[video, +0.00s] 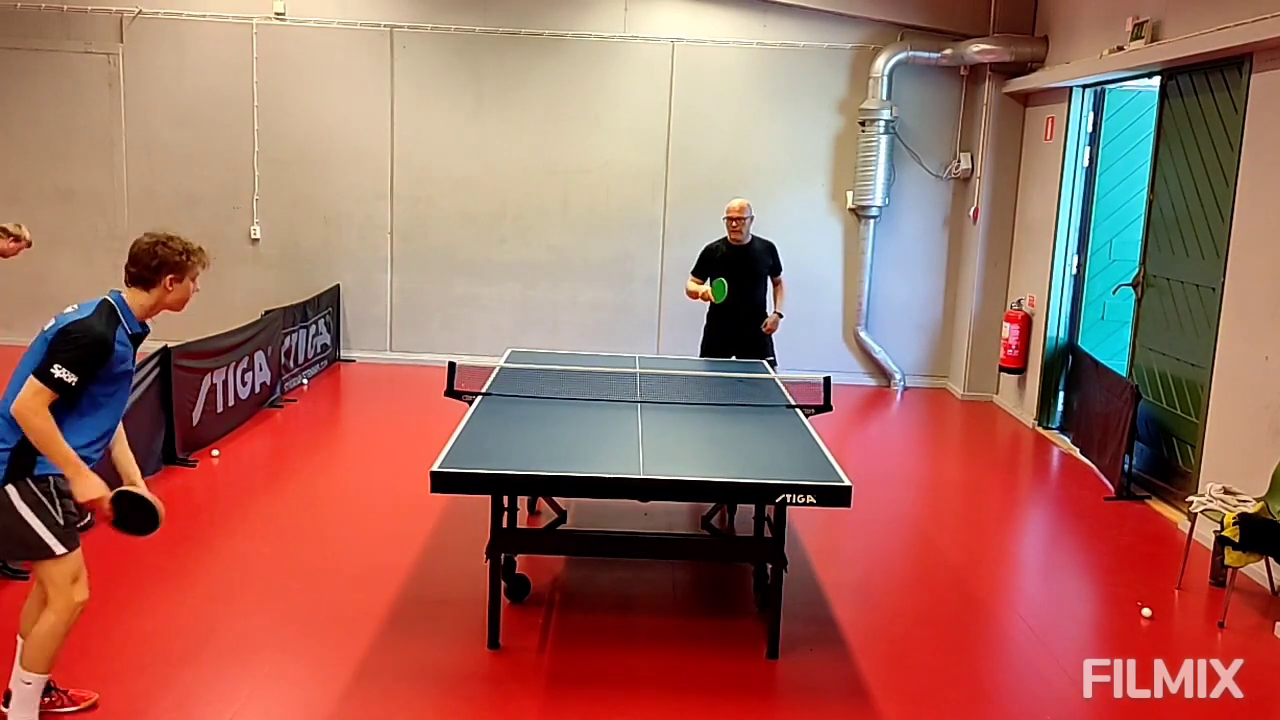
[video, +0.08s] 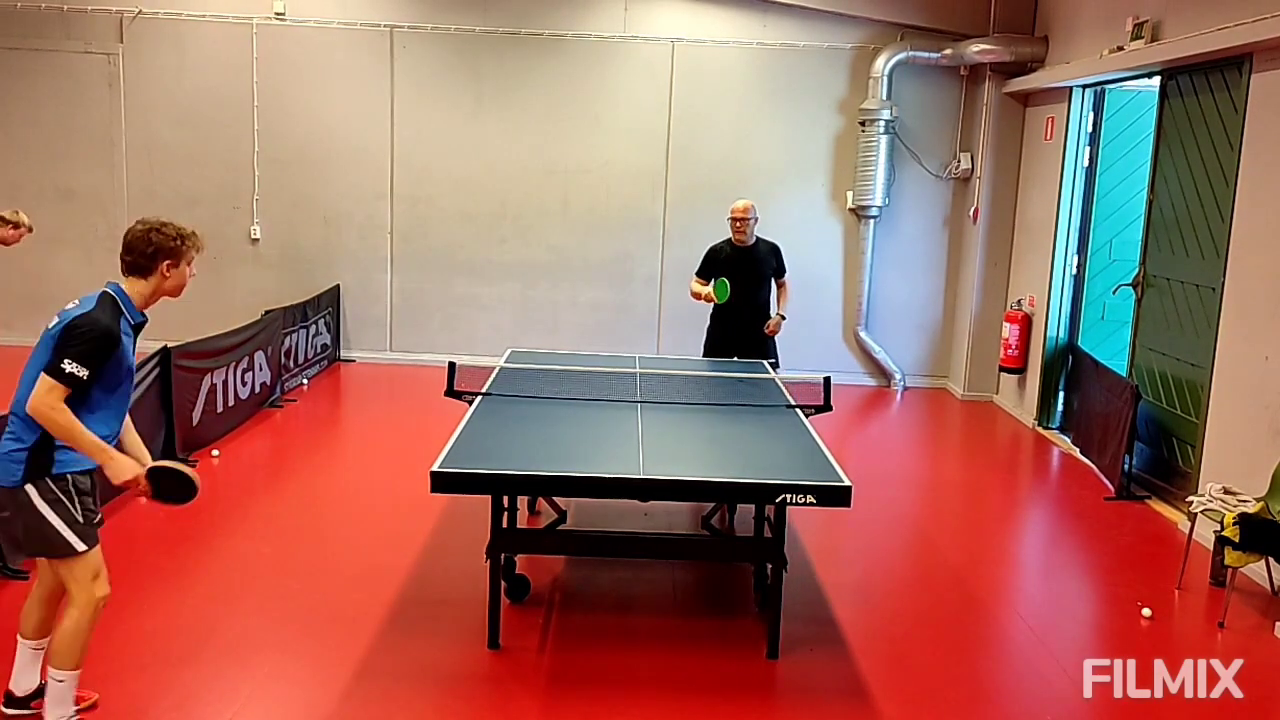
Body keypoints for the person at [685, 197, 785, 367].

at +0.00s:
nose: (734, 224)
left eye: (739, 220)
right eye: (730, 220)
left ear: (751, 221)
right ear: (724, 221)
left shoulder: (766, 250)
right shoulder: (712, 251)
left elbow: (777, 283)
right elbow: (691, 285)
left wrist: (778, 313)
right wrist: (701, 290)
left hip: (754, 334)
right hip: (718, 334)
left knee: (763, 390)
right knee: (710, 387)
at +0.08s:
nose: (738, 225)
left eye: (744, 220)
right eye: (734, 220)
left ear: (755, 222)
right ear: (728, 222)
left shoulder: (771, 251)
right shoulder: (717, 252)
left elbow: (781, 285)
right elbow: (696, 285)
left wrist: (780, 315)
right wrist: (704, 291)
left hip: (757, 337)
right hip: (721, 336)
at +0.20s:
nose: (751, 226)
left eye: (757, 222)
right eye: (747, 221)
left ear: (769, 225)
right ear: (742, 223)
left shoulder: (783, 255)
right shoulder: (729, 253)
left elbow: (794, 289)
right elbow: (708, 285)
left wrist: (789, 319)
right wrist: (714, 294)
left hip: (768, 338)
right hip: (731, 336)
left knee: (782, 390)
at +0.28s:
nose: (758, 227)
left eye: (764, 223)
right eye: (754, 222)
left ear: (776, 226)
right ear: (749, 224)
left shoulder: (789, 256)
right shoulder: (735, 254)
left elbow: (801, 291)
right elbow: (715, 284)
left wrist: (793, 321)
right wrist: (719, 295)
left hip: (772, 337)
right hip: (737, 336)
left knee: (786, 389)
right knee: (726, 391)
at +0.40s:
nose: (769, 228)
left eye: (776, 224)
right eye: (766, 223)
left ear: (788, 227)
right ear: (760, 224)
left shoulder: (798, 257)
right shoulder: (745, 252)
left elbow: (810, 292)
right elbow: (723, 284)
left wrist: (800, 322)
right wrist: (726, 297)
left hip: (778, 339)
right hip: (742, 337)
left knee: (786, 392)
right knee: (732, 392)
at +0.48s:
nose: (772, 228)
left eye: (779, 224)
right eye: (769, 223)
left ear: (790, 227)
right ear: (763, 224)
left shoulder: (800, 257)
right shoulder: (747, 252)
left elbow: (811, 292)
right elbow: (724, 283)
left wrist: (802, 321)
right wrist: (728, 296)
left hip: (779, 337)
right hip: (743, 334)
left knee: (786, 390)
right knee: (731, 387)